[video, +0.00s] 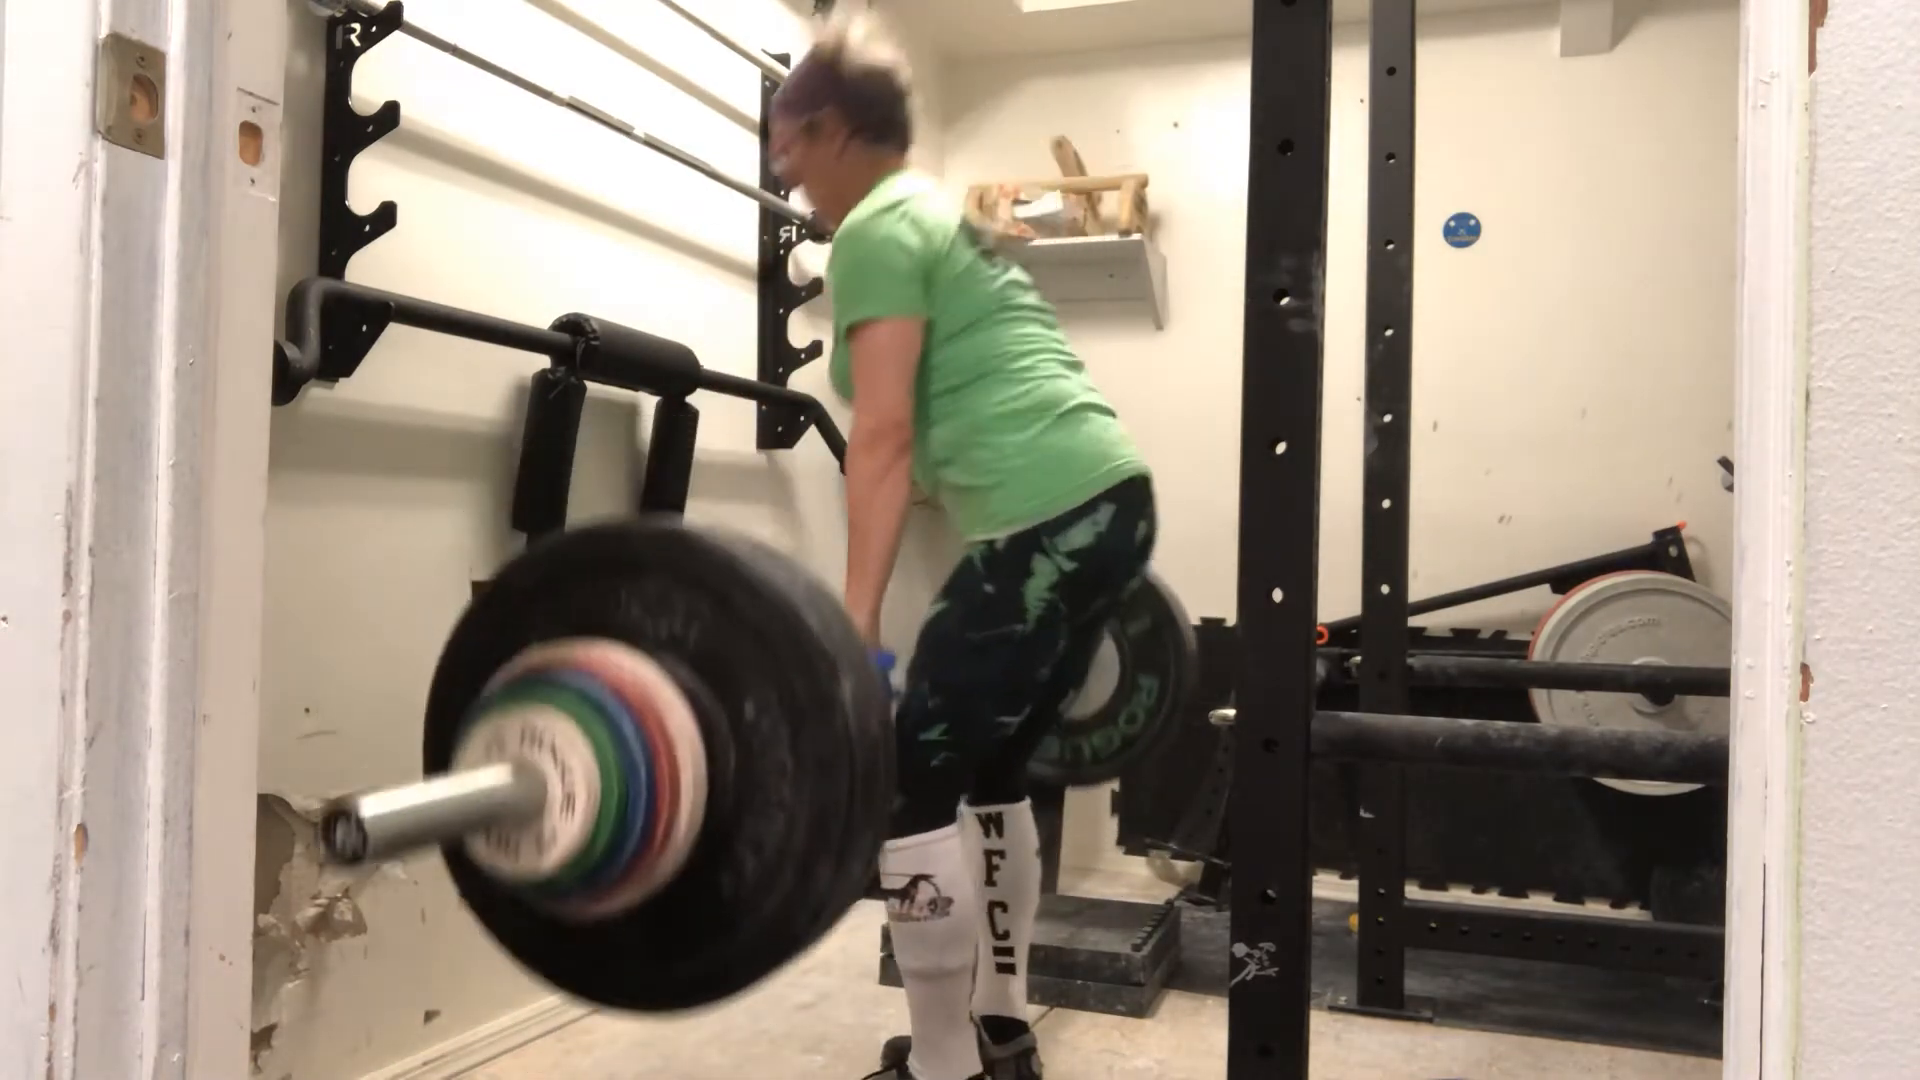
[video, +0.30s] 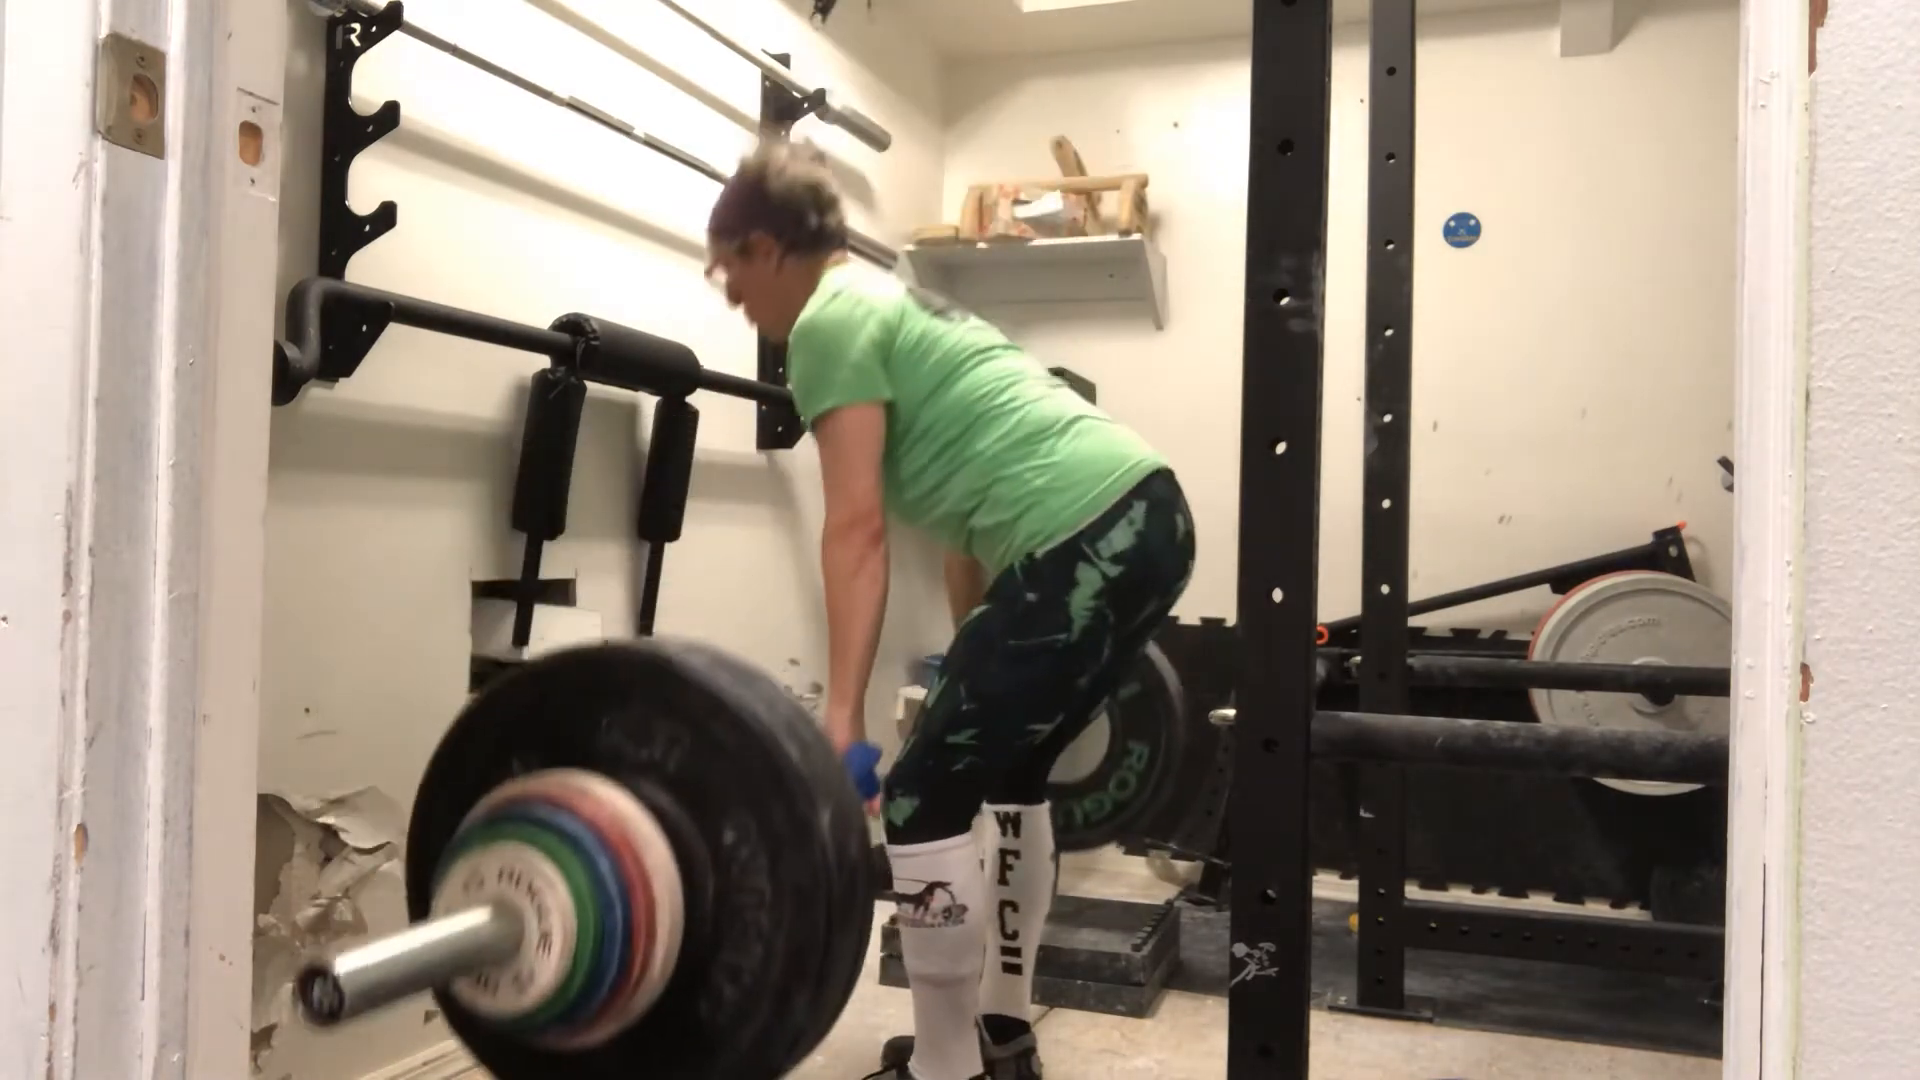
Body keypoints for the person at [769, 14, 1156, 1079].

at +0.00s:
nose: (784, 172)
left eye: (791, 145)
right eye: (782, 150)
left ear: (846, 130)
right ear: (863, 133)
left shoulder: (880, 230)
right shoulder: (935, 217)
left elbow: (883, 441)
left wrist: (856, 624)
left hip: (1050, 520)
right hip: (1101, 500)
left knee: (916, 769)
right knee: (995, 763)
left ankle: (941, 1061)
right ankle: (999, 1022)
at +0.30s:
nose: (725, 288)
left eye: (728, 263)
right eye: (720, 268)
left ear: (774, 249)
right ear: (803, 244)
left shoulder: (832, 320)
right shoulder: (895, 306)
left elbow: (859, 532)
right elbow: (960, 525)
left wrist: (841, 720)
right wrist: (980, 671)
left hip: (1082, 535)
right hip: (1137, 513)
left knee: (923, 795)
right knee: (1011, 778)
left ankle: (943, 1063)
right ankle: (1003, 1027)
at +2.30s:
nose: (730, 324)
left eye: (733, 300)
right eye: (727, 304)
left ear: (776, 285)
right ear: (810, 279)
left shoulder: (839, 353)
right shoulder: (905, 335)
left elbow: (861, 573)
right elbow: (964, 558)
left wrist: (855, 760)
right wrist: (979, 694)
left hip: (1098, 551)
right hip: (1156, 524)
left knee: (930, 801)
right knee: (1015, 779)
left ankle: (943, 1063)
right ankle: (1003, 1027)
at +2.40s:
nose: (738, 295)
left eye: (741, 271)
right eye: (736, 275)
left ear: (783, 258)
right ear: (818, 252)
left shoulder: (849, 329)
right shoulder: (917, 315)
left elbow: (865, 551)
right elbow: (970, 545)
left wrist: (859, 744)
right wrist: (982, 696)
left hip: (1098, 538)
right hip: (1153, 517)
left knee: (937, 796)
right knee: (1017, 778)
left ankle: (943, 1064)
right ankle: (1003, 1028)